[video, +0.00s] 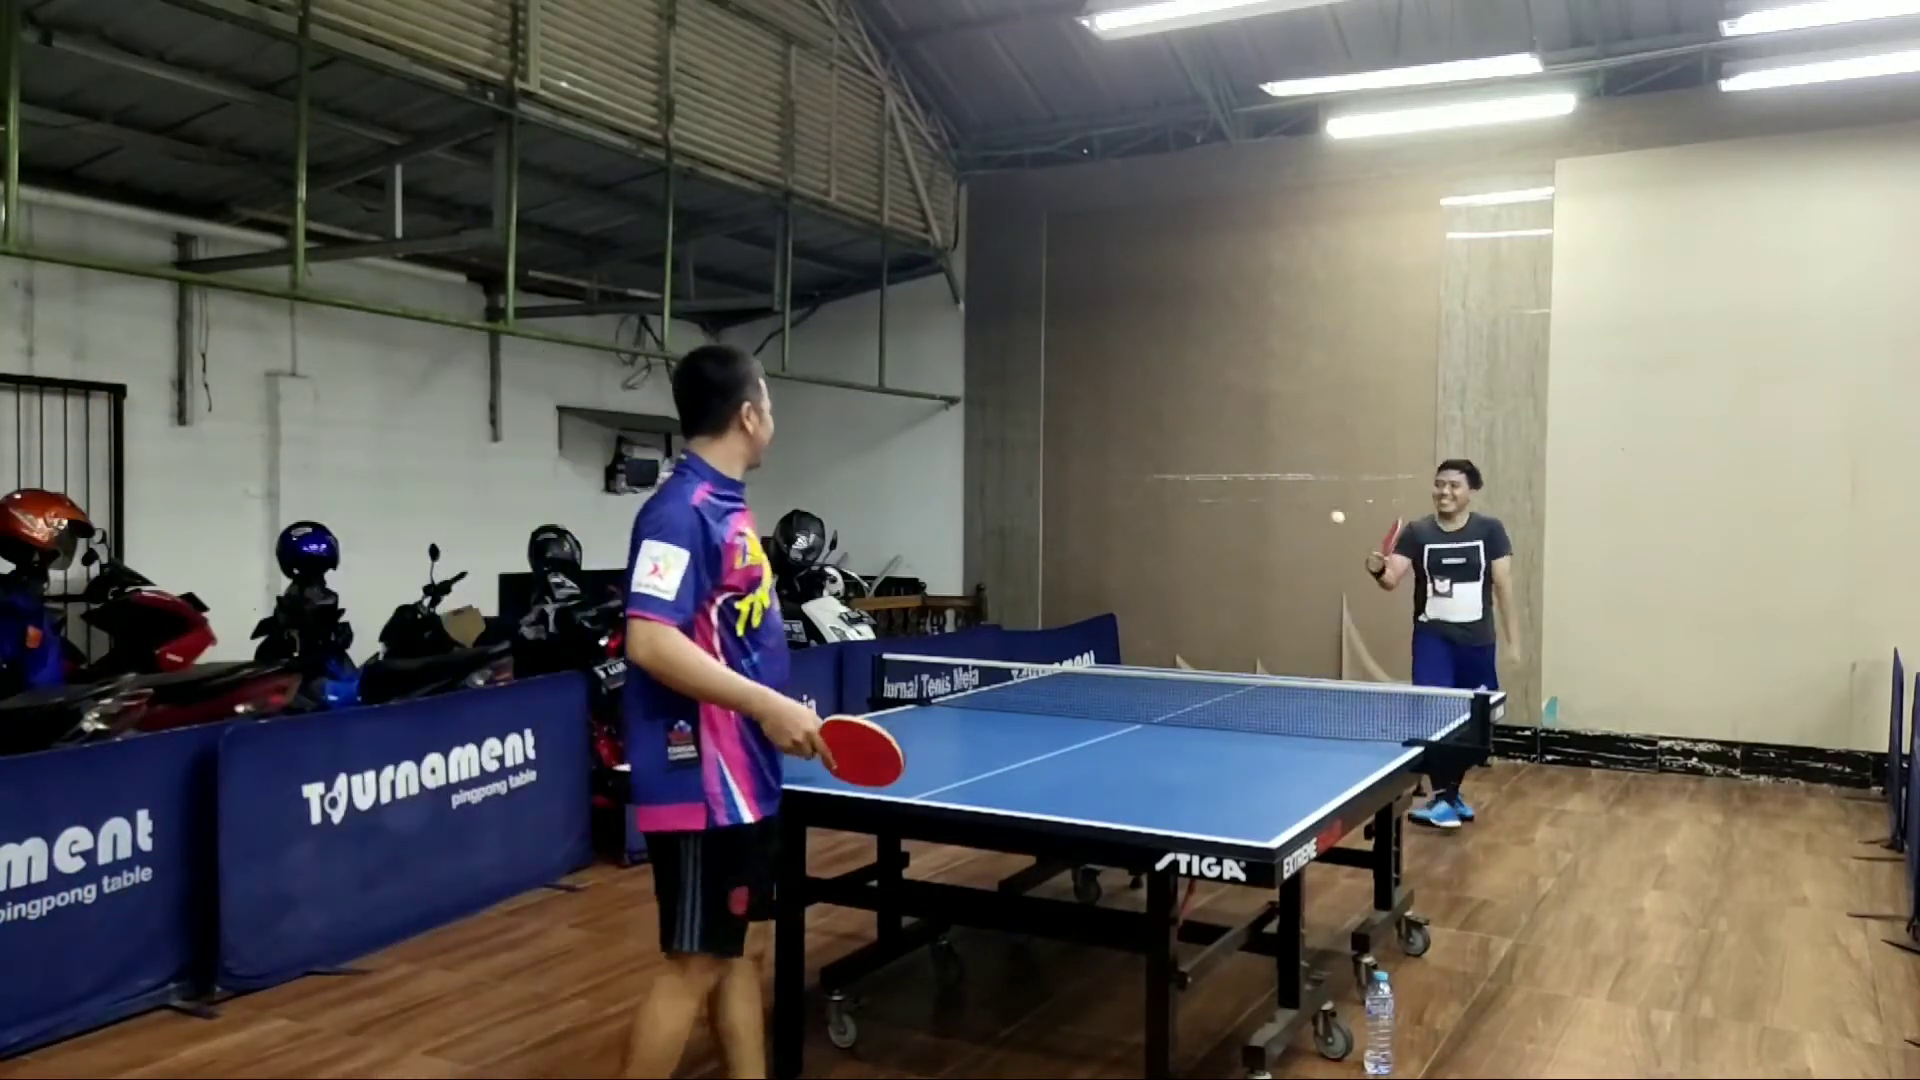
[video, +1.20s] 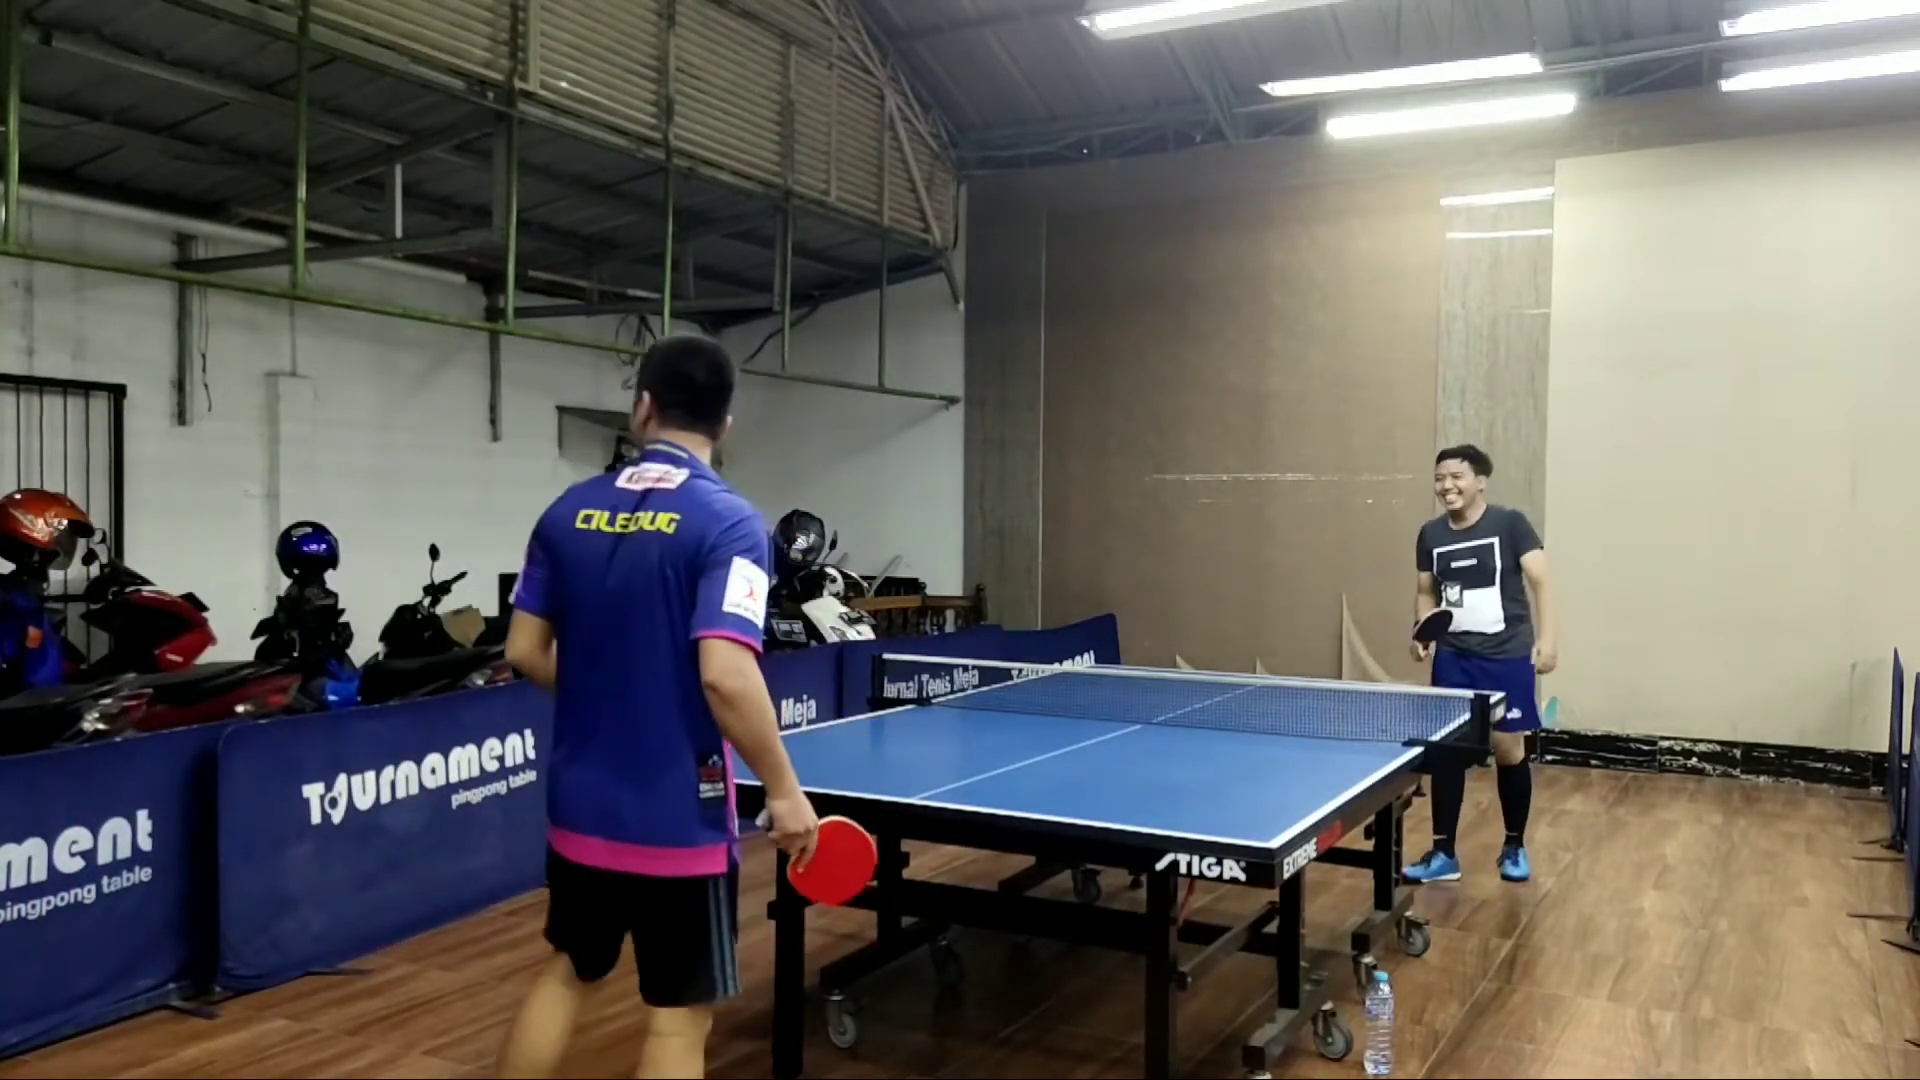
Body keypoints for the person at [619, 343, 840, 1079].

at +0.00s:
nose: (770, 418)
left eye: (766, 403)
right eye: (767, 404)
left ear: (699, 413)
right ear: (749, 413)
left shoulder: (723, 505)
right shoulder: (678, 511)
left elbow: (713, 641)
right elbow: (649, 640)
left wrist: (781, 713)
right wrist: (766, 703)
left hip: (736, 773)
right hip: (692, 782)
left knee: (738, 953)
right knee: (693, 963)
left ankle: (750, 1074)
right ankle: (641, 1074)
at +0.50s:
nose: (814, 431)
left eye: (812, 415)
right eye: (813, 415)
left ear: (743, 415)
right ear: (794, 419)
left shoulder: (758, 507)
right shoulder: (716, 516)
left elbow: (754, 618)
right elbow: (680, 650)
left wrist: (837, 621)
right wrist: (800, 719)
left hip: (767, 775)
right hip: (749, 786)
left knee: (753, 959)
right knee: (787, 973)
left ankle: (746, 1060)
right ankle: (732, 1072)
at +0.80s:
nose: (793, 431)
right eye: (794, 419)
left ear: (709, 416)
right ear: (785, 428)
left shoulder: (680, 504)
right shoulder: (730, 522)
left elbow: (729, 636)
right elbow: (707, 676)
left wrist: (827, 613)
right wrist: (827, 742)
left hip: (679, 798)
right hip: (713, 811)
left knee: (726, 997)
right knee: (717, 1010)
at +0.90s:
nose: (790, 431)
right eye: (791, 419)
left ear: (701, 413)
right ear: (783, 429)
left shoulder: (646, 506)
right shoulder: (737, 524)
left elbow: (671, 649)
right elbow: (716, 678)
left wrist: (790, 664)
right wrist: (825, 763)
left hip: (639, 806)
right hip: (702, 819)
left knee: (694, 1003)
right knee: (707, 1019)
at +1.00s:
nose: (769, 422)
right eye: (771, 412)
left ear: (684, 410)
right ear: (766, 424)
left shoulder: (619, 505)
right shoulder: (744, 517)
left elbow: (591, 646)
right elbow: (726, 671)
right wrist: (813, 779)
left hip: (616, 807)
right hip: (694, 822)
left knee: (653, 986)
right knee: (692, 1019)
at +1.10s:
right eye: (749, 416)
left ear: (663, 413)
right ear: (748, 427)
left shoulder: (596, 506)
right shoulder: (741, 523)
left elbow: (552, 645)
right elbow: (729, 671)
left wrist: (628, 692)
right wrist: (798, 789)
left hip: (598, 809)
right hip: (692, 821)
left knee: (611, 987)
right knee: (684, 1021)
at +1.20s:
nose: (632, 410)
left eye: (634, 401)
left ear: (642, 409)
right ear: (726, 424)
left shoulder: (570, 508)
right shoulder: (730, 522)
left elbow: (525, 650)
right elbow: (725, 673)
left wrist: (606, 685)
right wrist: (785, 791)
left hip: (578, 813)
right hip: (679, 825)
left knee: (568, 966)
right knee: (678, 1015)